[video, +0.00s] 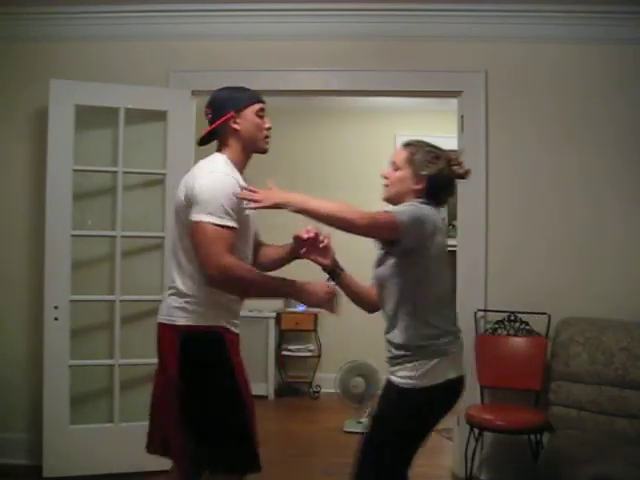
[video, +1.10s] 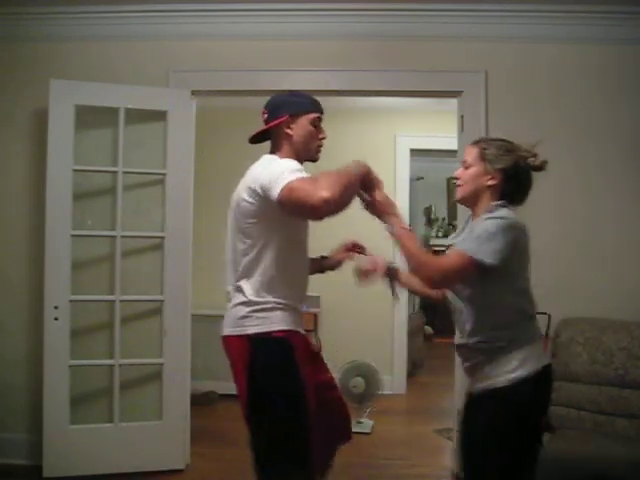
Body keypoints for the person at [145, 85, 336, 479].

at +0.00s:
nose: (269, 124)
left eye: (266, 116)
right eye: (260, 115)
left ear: (234, 125)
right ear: (232, 123)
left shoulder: (230, 181)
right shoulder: (214, 178)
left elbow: (252, 257)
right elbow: (218, 266)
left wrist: (293, 249)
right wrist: (296, 289)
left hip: (206, 330)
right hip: (197, 333)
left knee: (195, 458)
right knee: (225, 460)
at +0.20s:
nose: (289, 128)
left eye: (287, 120)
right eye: (280, 119)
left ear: (258, 128)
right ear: (251, 125)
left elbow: (282, 271)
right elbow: (204, 255)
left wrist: (316, 276)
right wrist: (280, 252)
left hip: (251, 336)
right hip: (218, 335)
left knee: (210, 458)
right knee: (254, 459)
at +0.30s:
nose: (298, 128)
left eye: (296, 120)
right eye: (289, 119)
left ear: (269, 128)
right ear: (261, 125)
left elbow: (294, 274)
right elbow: (230, 254)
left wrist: (334, 301)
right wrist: (303, 246)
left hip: (269, 337)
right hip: (234, 337)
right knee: (244, 460)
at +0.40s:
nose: (307, 129)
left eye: (306, 121)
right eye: (299, 120)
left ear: (277, 129)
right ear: (270, 127)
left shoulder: (280, 194)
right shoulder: (246, 180)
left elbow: (302, 273)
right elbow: (266, 255)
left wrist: (352, 305)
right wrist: (334, 251)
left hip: (279, 337)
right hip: (244, 338)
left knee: (318, 448)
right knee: (263, 461)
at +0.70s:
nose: (336, 130)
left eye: (333, 122)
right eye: (327, 121)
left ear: (298, 130)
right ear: (299, 128)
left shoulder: (294, 181)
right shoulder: (286, 178)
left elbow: (328, 262)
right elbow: (318, 250)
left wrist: (390, 267)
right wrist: (389, 262)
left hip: (296, 333)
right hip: (289, 336)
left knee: (319, 449)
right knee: (319, 451)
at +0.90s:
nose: (336, 133)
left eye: (334, 124)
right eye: (328, 124)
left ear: (298, 132)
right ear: (300, 129)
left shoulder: (285, 179)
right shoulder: (287, 176)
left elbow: (305, 266)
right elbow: (319, 230)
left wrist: (363, 272)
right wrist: (389, 224)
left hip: (287, 334)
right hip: (293, 336)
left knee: (307, 458)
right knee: (325, 458)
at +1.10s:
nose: (323, 133)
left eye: (322, 125)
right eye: (314, 124)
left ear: (288, 131)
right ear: (286, 128)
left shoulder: (277, 175)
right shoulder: (271, 169)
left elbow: (272, 265)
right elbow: (320, 200)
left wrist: (325, 262)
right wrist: (357, 171)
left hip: (280, 328)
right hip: (263, 330)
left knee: (330, 427)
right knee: (289, 450)